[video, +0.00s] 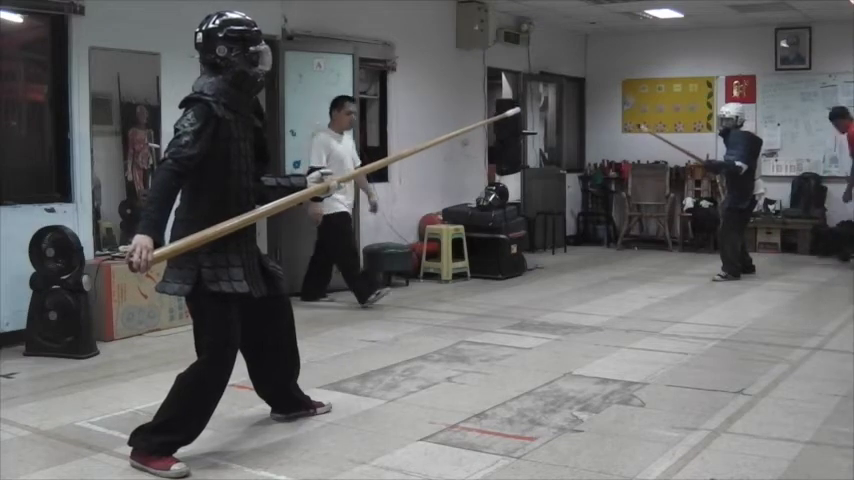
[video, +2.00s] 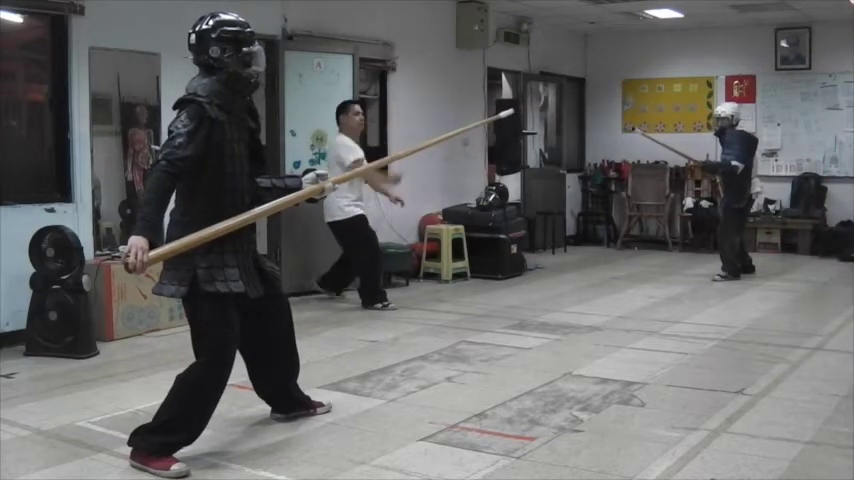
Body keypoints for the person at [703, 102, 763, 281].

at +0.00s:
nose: (722, 124)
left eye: (726, 120)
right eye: (721, 120)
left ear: (736, 121)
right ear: (722, 120)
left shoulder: (741, 138)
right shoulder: (733, 138)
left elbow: (738, 166)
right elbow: (732, 163)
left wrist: (711, 165)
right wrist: (713, 166)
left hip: (741, 194)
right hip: (738, 193)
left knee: (727, 230)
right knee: (733, 229)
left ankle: (731, 270)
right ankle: (745, 264)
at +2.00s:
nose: (718, 123)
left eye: (722, 119)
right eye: (717, 119)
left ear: (732, 120)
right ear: (718, 120)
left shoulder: (737, 137)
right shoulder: (728, 138)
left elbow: (734, 166)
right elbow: (728, 164)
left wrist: (705, 166)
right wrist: (705, 166)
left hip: (737, 193)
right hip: (734, 192)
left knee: (727, 230)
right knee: (732, 229)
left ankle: (731, 270)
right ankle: (744, 263)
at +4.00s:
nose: (676, 126)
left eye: (680, 122)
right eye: (674, 122)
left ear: (690, 122)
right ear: (671, 122)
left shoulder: (696, 141)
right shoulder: (681, 142)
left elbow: (690, 172)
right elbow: (683, 169)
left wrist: (662, 178)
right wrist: (666, 177)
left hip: (697, 198)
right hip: (685, 197)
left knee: (687, 236)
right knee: (676, 235)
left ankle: (693, 282)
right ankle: (687, 274)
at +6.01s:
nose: (672, 122)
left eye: (677, 119)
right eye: (671, 118)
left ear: (688, 119)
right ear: (669, 118)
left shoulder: (695, 138)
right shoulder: (680, 140)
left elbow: (693, 171)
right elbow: (681, 168)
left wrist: (662, 174)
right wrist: (663, 171)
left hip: (693, 195)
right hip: (682, 194)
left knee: (684, 231)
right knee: (676, 229)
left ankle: (685, 281)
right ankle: (692, 273)